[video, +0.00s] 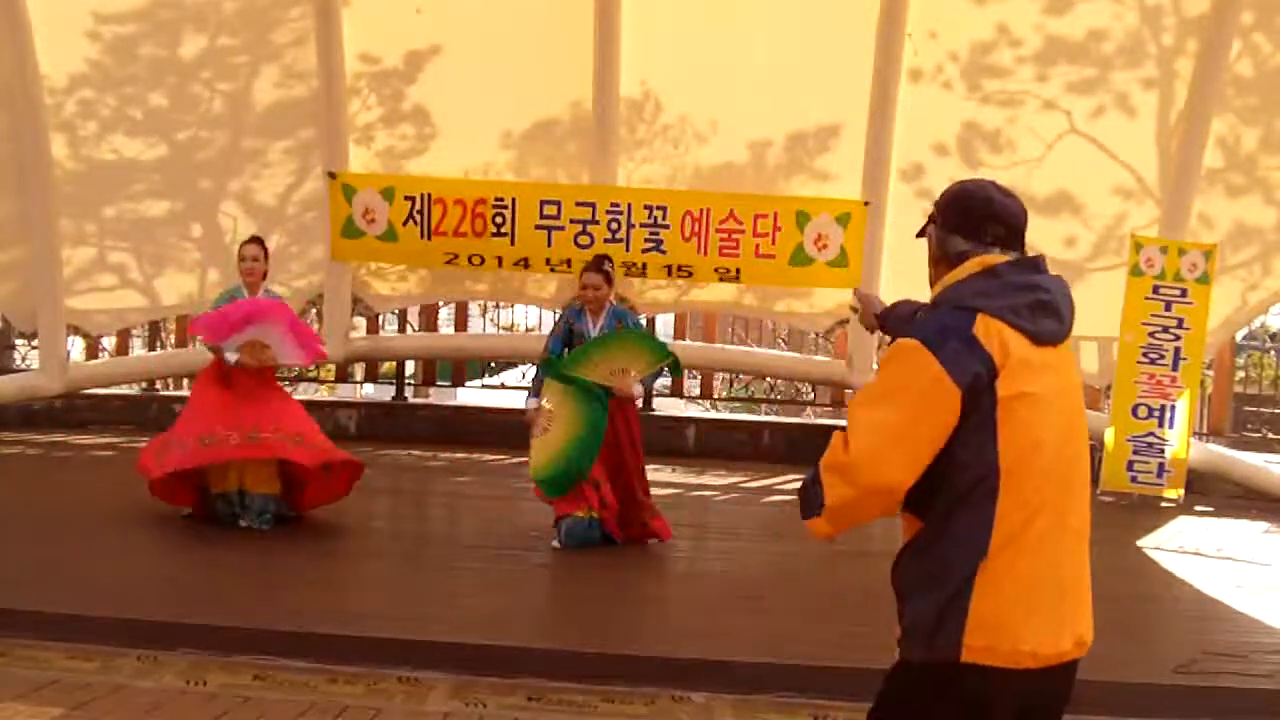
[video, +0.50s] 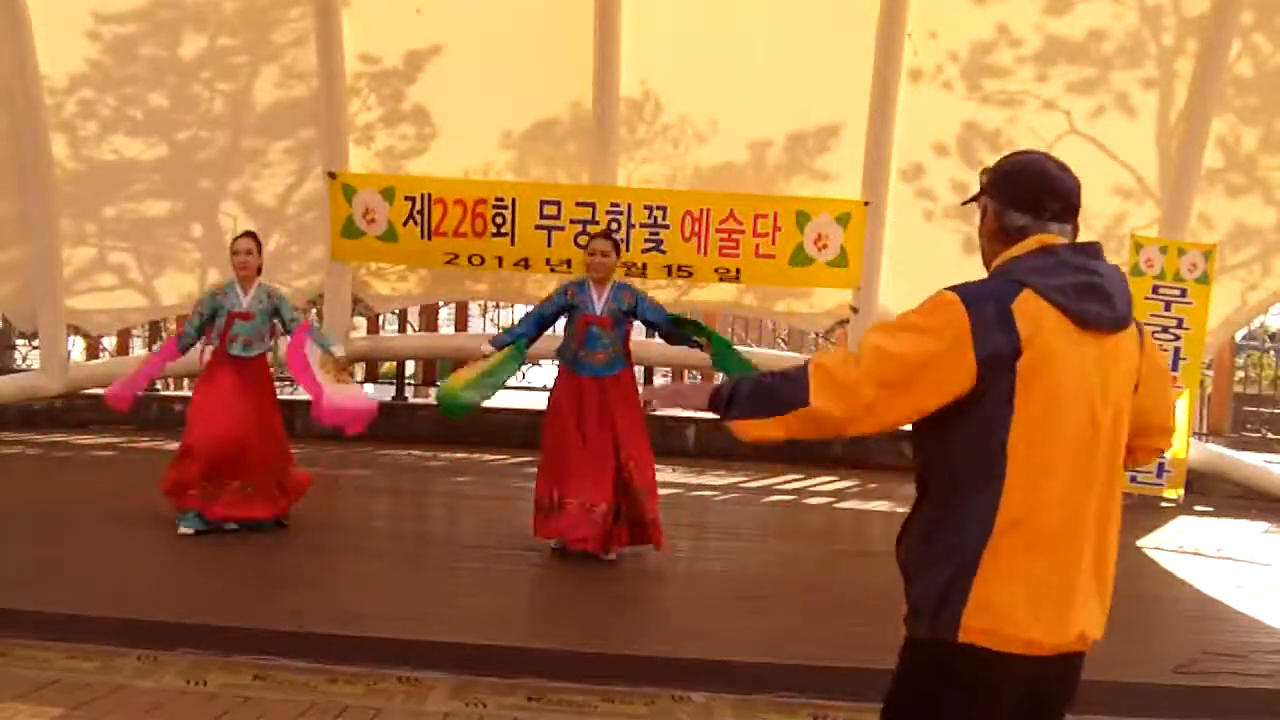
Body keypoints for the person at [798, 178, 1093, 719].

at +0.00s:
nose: (928, 255)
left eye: (929, 239)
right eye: (929, 238)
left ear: (944, 244)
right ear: (1010, 248)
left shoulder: (952, 329)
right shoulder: (1047, 324)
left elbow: (873, 467)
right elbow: (963, 328)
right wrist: (887, 316)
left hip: (970, 652)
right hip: (1054, 647)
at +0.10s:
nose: (941, 258)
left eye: (943, 244)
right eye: (943, 243)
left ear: (952, 249)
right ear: (1020, 256)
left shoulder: (963, 332)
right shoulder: (1054, 338)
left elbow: (872, 453)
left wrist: (810, 524)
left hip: (977, 656)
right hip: (1059, 656)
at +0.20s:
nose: (950, 265)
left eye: (951, 249)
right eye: (952, 248)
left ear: (963, 251)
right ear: (1031, 256)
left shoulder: (972, 331)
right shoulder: (1065, 339)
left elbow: (870, 436)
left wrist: (788, 521)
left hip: (983, 654)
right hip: (1063, 653)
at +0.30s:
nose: (956, 251)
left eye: (958, 235)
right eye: (957, 235)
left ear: (970, 240)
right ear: (1035, 247)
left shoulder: (976, 327)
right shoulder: (1074, 333)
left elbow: (862, 422)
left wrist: (768, 491)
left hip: (984, 646)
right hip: (1065, 647)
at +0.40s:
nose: (964, 243)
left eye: (965, 228)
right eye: (965, 228)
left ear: (979, 230)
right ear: (1049, 237)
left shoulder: (978, 319)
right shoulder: (1092, 326)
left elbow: (852, 406)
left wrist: (750, 460)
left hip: (979, 642)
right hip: (1066, 643)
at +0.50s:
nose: (976, 227)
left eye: (979, 212)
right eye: (979, 212)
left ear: (992, 219)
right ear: (1064, 225)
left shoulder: (984, 310)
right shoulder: (1126, 329)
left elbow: (854, 386)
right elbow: (1150, 436)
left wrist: (735, 397)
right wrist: (1074, 431)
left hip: (972, 628)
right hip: (1065, 632)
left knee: (919, 711)